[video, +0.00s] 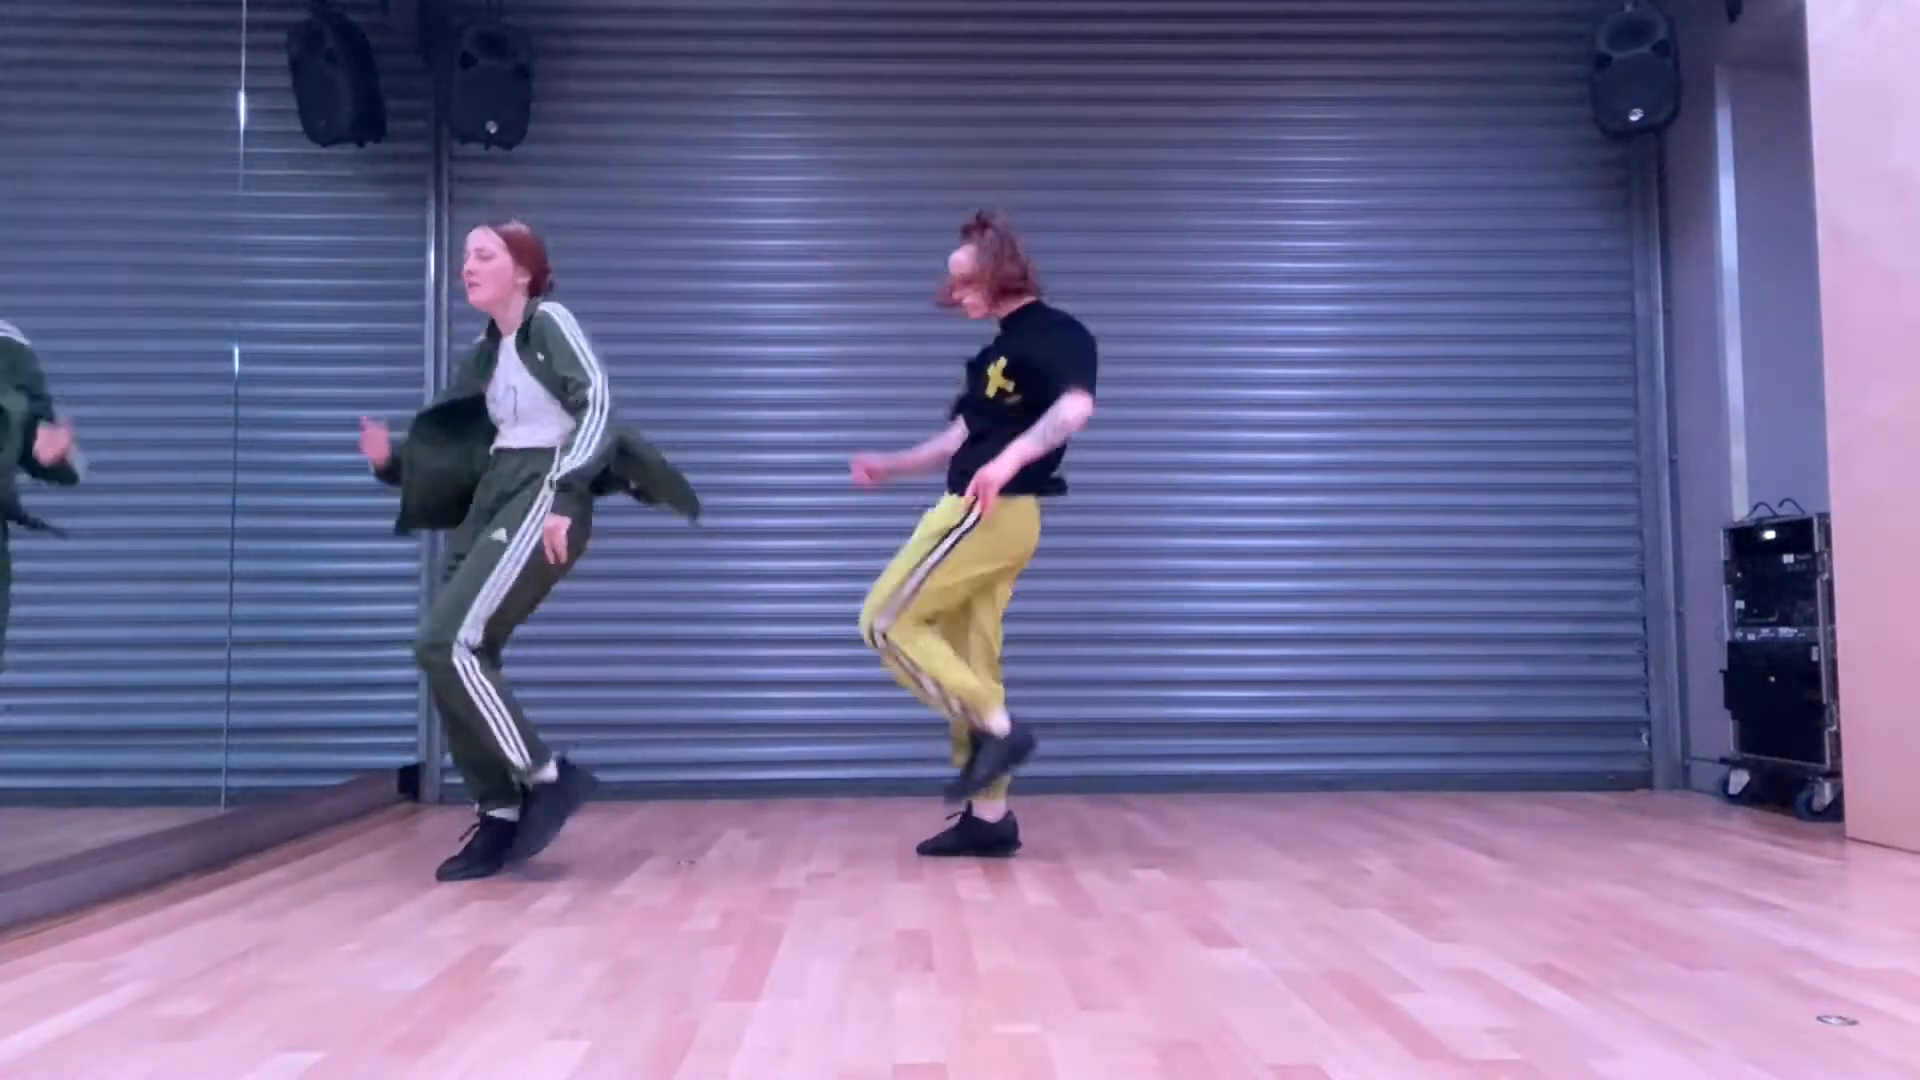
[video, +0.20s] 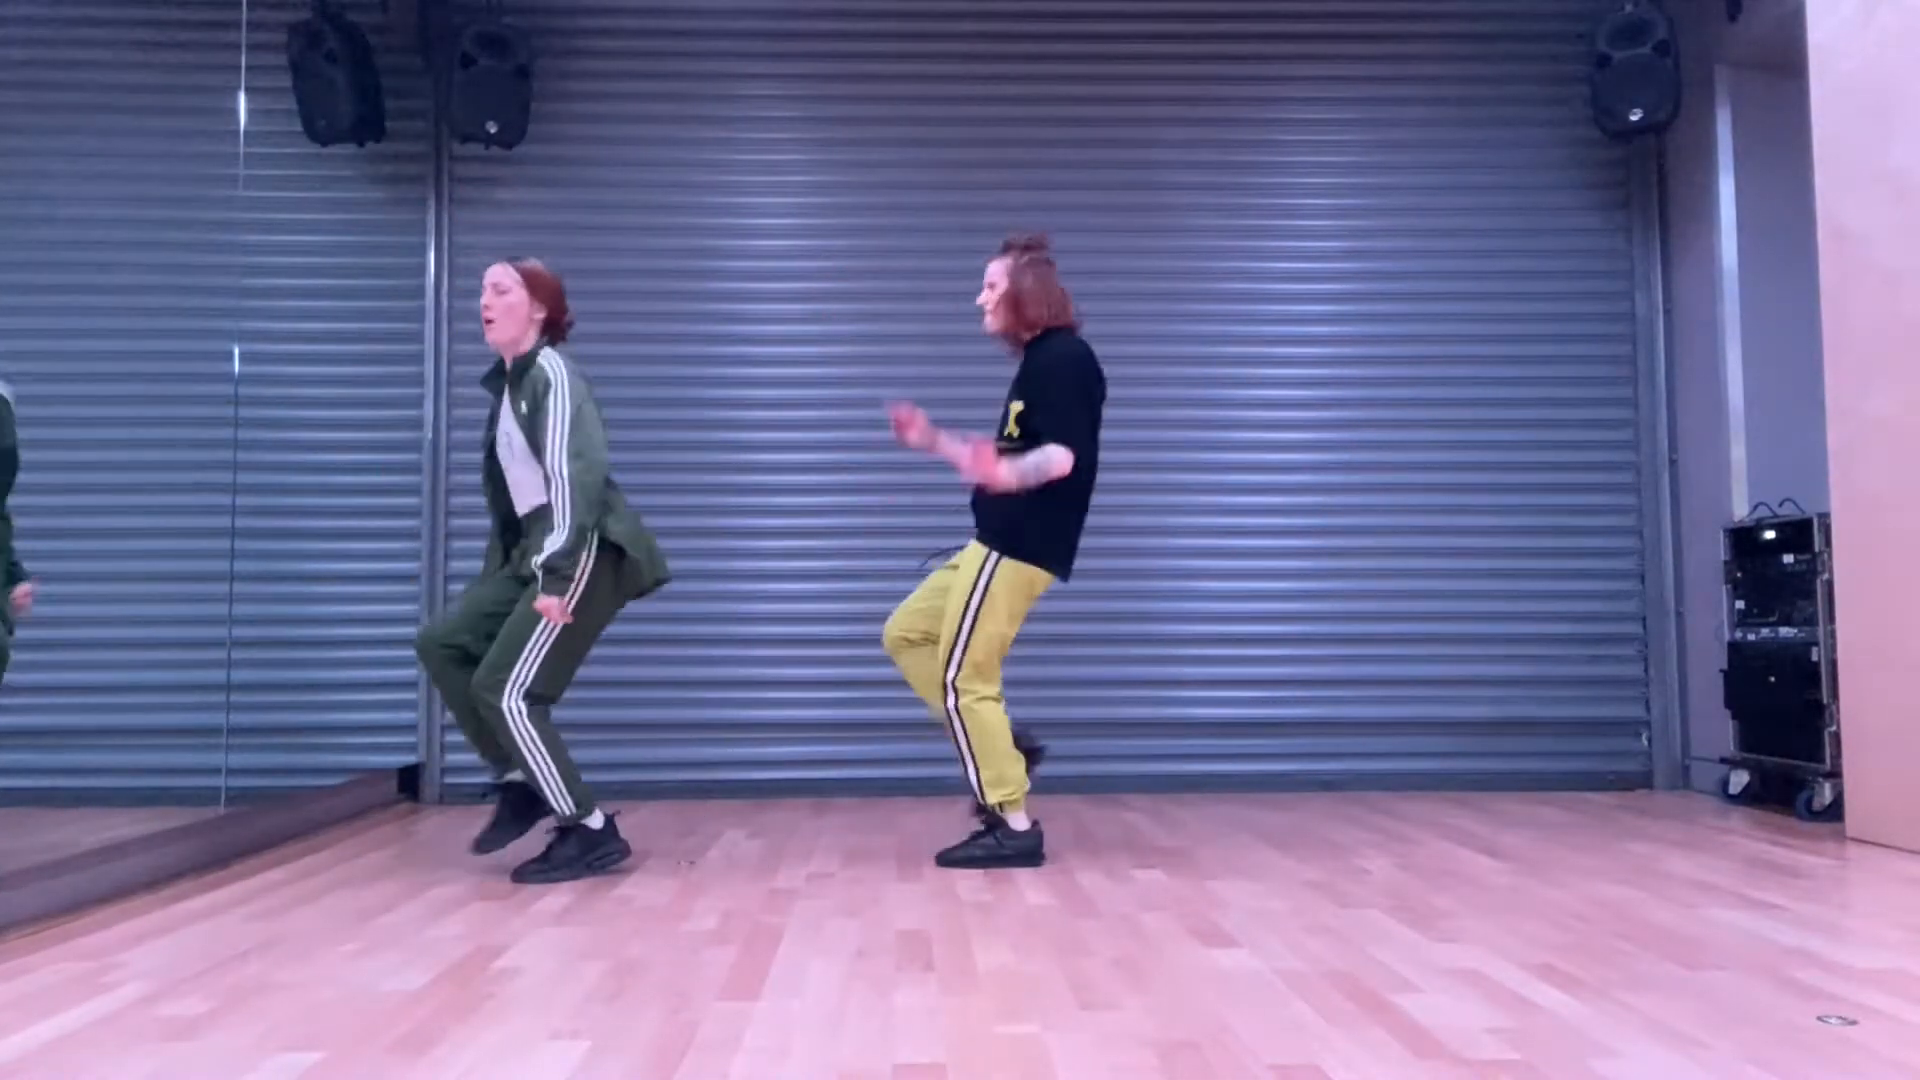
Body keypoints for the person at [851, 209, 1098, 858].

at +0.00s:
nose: (954, 294)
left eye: (964, 283)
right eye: (953, 283)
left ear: (999, 279)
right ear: (991, 283)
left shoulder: (1054, 331)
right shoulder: (995, 354)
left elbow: (1075, 406)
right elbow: (961, 437)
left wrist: (1006, 462)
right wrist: (892, 465)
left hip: (985, 510)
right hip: (994, 514)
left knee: (885, 621)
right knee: (973, 654)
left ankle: (999, 727)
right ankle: (988, 817)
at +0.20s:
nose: (981, 299)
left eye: (992, 288)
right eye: (984, 287)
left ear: (1026, 295)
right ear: (1021, 294)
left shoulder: (1065, 360)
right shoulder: (1040, 361)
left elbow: (1063, 455)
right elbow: (1006, 459)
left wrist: (1005, 473)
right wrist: (935, 439)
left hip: (1022, 551)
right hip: (996, 542)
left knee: (965, 678)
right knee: (908, 636)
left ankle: (1013, 826)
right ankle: (1003, 748)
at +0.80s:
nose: (1105, 326)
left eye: (1115, 317)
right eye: (1111, 316)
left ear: (1141, 330)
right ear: (1157, 333)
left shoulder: (1146, 398)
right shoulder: (1170, 399)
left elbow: (1129, 491)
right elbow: (1086, 464)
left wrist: (1095, 558)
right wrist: (1064, 446)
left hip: (1137, 570)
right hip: (1194, 582)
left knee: (1053, 689)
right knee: (1177, 707)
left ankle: (1042, 816)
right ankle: (1242, 807)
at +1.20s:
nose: (1208, 291)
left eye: (1200, 284)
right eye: (1191, 296)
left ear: (1209, 300)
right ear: (1175, 332)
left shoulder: (1236, 331)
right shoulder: (1195, 396)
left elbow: (1317, 338)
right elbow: (1205, 504)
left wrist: (1391, 347)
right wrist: (1275, 525)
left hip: (1176, 518)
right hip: (1207, 530)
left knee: (1164, 646)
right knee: (1241, 658)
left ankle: (1086, 751)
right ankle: (1216, 793)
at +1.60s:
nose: (1233, 282)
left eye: (1243, 272)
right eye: (1222, 271)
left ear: (1258, 279)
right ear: (1199, 277)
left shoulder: (1271, 340)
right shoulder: (1178, 327)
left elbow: (1337, 401)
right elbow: (1165, 339)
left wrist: (1309, 447)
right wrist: (1234, 300)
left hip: (1266, 487)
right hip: (1203, 502)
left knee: (1333, 527)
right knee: (1254, 627)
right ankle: (1250, 751)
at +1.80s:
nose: (1232, 305)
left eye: (1242, 295)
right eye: (1221, 293)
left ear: (1254, 304)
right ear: (1200, 300)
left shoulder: (1270, 365)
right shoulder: (1178, 358)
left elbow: (1330, 435)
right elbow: (1137, 397)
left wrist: (1285, 446)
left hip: (1280, 518)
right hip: (1211, 528)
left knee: (1319, 617)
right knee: (1260, 646)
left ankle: (1348, 759)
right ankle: (1263, 781)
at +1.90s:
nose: (1240, 327)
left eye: (1249, 315)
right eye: (1228, 316)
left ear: (1261, 321)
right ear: (1207, 322)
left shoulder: (1272, 385)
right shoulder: (1176, 384)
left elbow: (1268, 465)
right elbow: (1138, 472)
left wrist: (1231, 412)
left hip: (1274, 528)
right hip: (1208, 538)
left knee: (1307, 653)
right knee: (1273, 610)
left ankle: (1297, 782)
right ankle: (1248, 705)